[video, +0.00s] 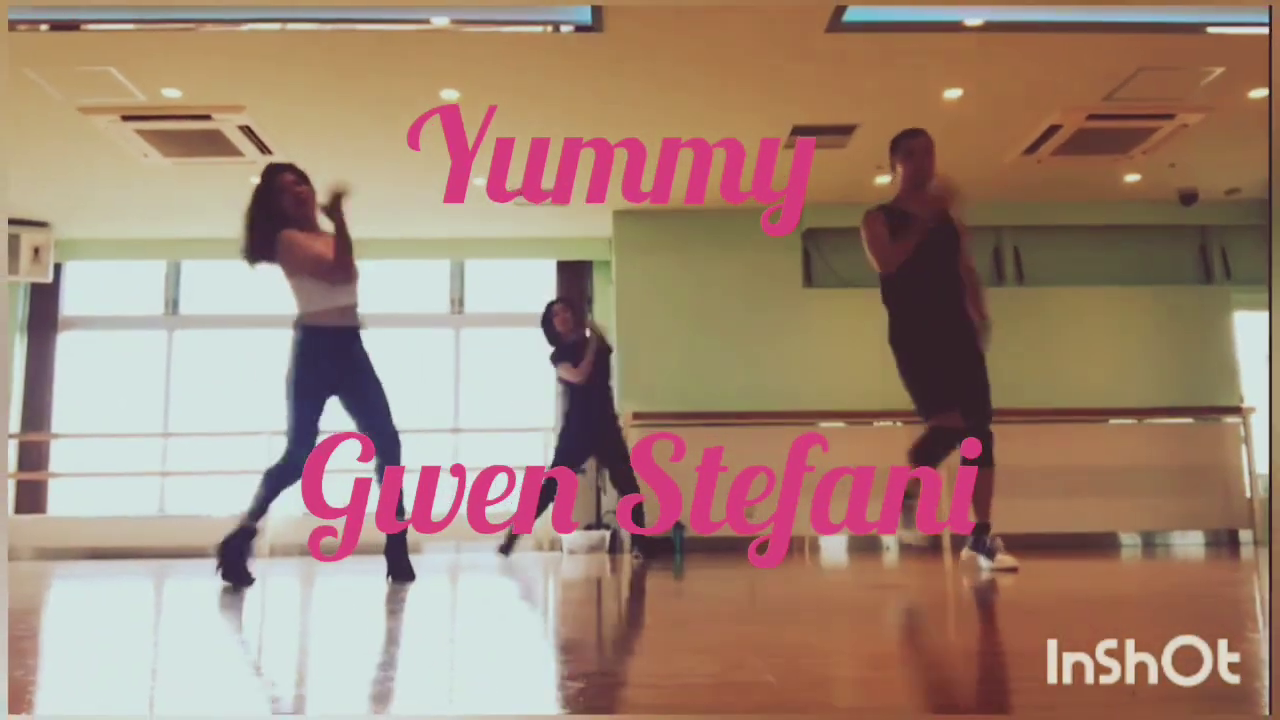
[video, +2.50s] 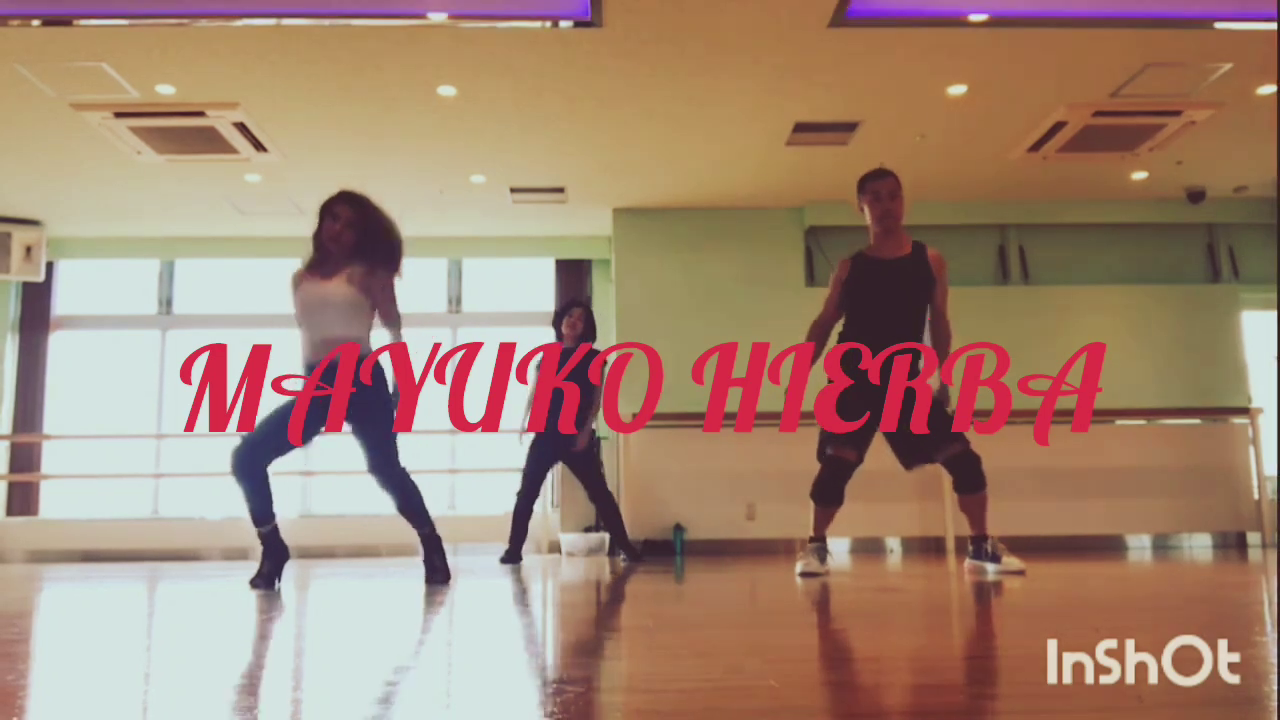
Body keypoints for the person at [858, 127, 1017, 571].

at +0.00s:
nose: (923, 163)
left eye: (927, 155)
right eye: (913, 156)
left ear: (935, 160)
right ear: (895, 164)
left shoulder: (944, 217)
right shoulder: (878, 219)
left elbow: (965, 270)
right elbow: (886, 262)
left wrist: (978, 314)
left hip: (956, 328)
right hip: (914, 333)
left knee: (979, 431)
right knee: (948, 425)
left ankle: (981, 535)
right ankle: (899, 498)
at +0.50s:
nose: (917, 190)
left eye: (923, 181)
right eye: (907, 184)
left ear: (934, 187)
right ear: (894, 193)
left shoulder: (956, 243)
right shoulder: (885, 245)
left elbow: (967, 305)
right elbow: (855, 297)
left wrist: (961, 361)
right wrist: (889, 284)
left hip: (933, 369)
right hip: (884, 368)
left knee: (984, 453)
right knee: (853, 450)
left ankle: (974, 541)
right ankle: (817, 541)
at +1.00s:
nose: (917, 204)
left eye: (924, 196)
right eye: (907, 196)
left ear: (933, 203)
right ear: (890, 202)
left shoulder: (932, 264)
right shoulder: (863, 255)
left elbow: (946, 326)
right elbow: (833, 312)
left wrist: (960, 376)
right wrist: (821, 372)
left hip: (937, 381)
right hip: (885, 383)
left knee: (995, 459)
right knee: (856, 465)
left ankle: (985, 545)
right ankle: (820, 546)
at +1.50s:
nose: (896, 203)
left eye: (903, 193)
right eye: (886, 195)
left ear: (914, 198)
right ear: (871, 201)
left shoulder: (935, 257)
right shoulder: (855, 258)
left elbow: (940, 321)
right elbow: (829, 317)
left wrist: (936, 376)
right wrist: (814, 376)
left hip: (914, 385)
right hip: (860, 383)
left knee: (970, 465)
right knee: (835, 462)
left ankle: (984, 546)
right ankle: (818, 546)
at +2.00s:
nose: (905, 208)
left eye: (912, 200)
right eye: (895, 200)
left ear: (921, 208)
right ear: (878, 209)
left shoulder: (929, 271)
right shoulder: (855, 265)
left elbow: (933, 336)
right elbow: (829, 327)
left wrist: (936, 383)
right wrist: (818, 383)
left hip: (925, 386)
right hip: (875, 387)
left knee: (995, 459)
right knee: (850, 465)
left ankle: (985, 547)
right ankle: (819, 546)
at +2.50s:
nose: (885, 205)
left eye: (892, 196)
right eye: (875, 198)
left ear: (904, 203)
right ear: (861, 207)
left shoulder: (929, 261)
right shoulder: (850, 267)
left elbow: (939, 322)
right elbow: (825, 320)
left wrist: (942, 375)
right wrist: (806, 361)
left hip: (910, 384)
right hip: (857, 385)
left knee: (965, 463)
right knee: (836, 466)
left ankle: (982, 545)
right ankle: (816, 545)